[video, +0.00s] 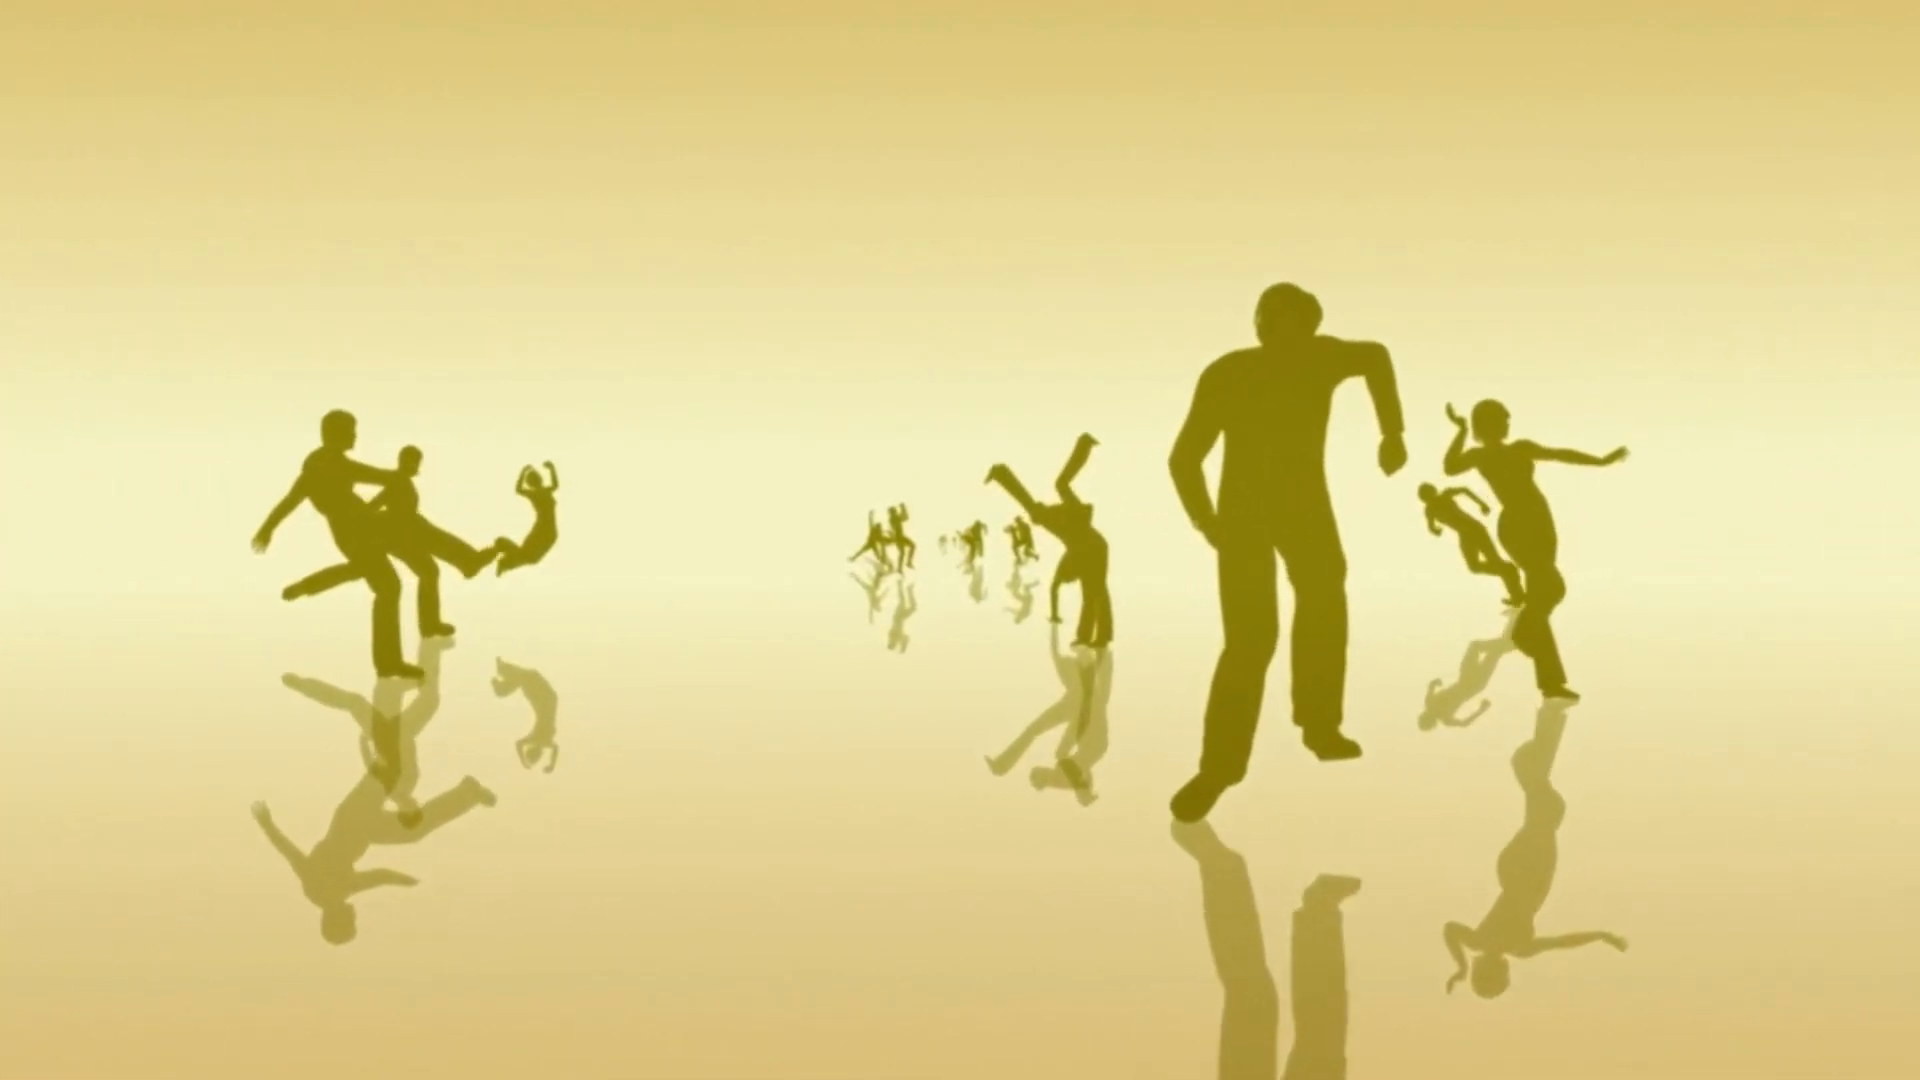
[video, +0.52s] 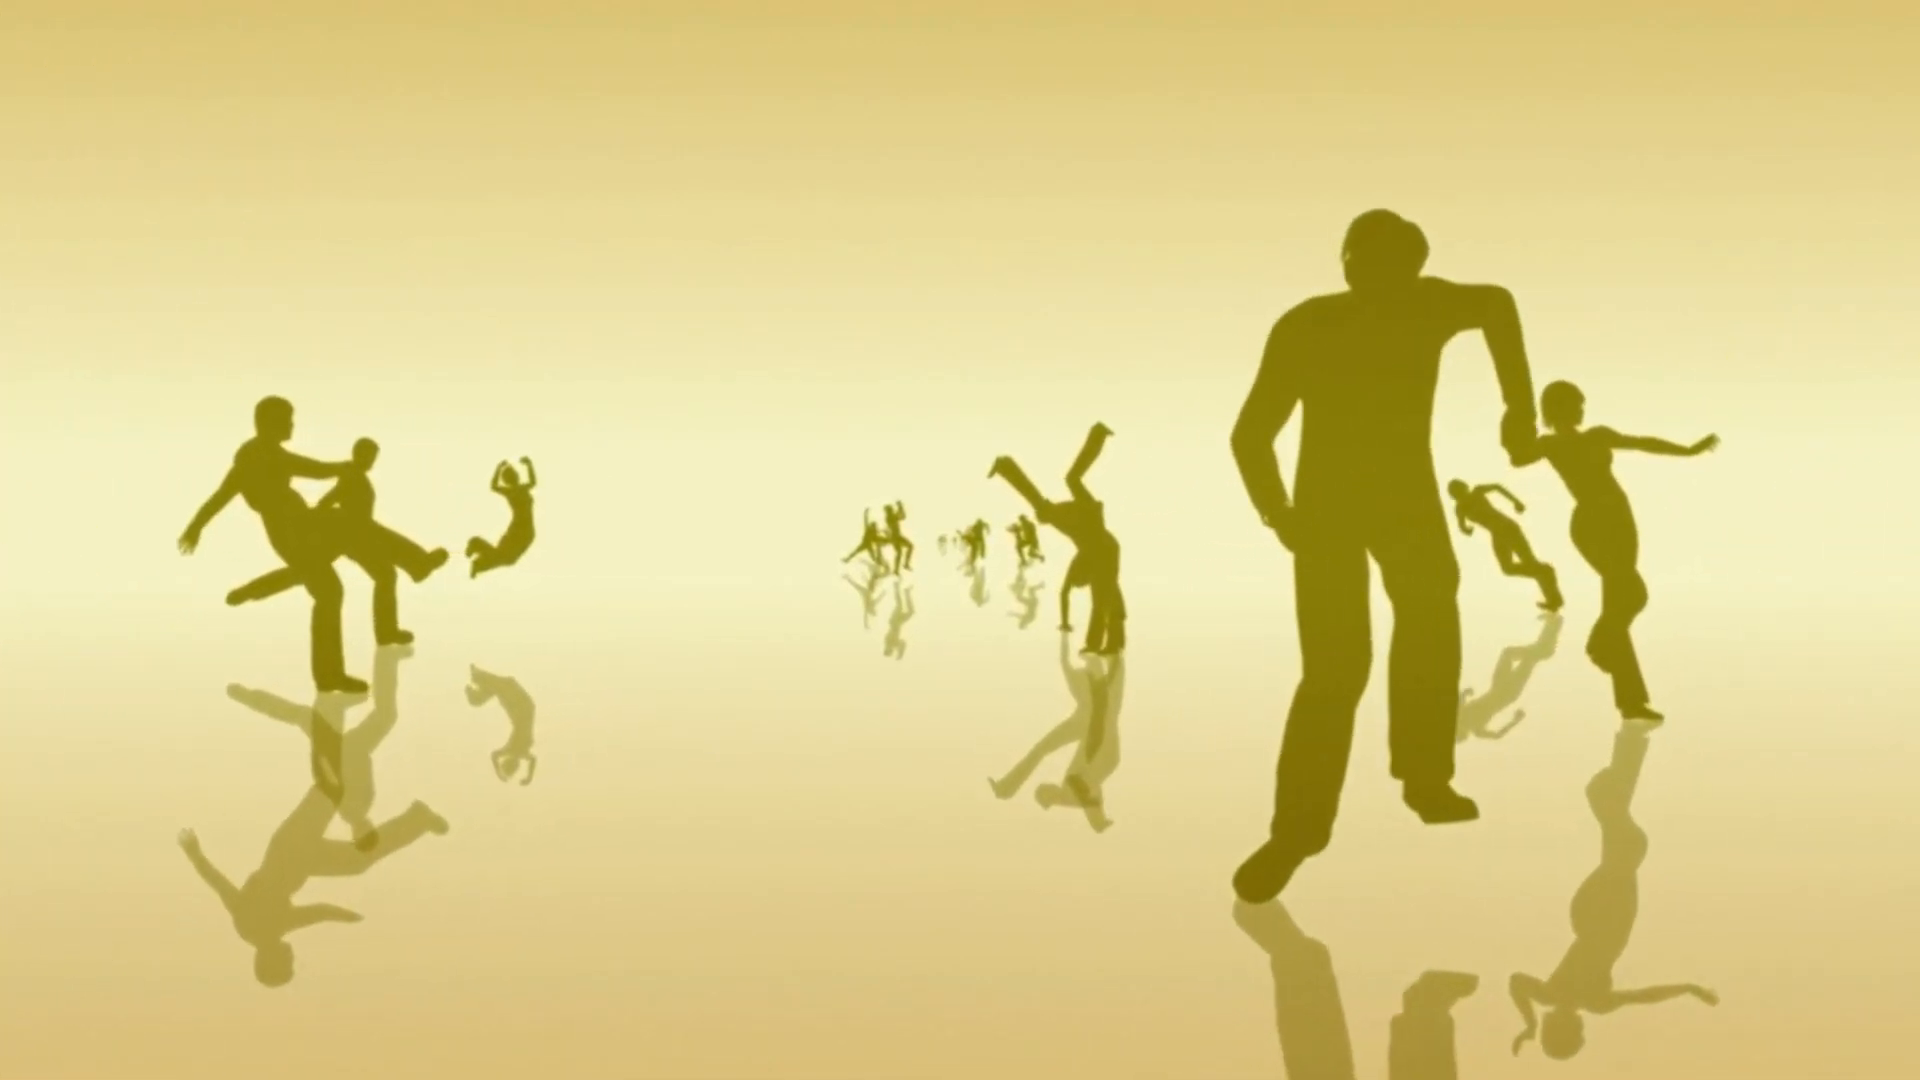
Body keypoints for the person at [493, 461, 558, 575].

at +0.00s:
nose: (536, 482)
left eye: (537, 478)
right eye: (533, 479)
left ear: (540, 478)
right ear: (529, 482)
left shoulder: (546, 491)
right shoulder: (532, 493)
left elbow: (555, 485)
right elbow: (519, 490)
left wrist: (552, 469)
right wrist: (523, 473)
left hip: (551, 531)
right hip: (540, 527)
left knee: (534, 558)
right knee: (526, 553)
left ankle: (506, 564)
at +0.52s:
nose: (513, 477)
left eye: (513, 474)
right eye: (509, 475)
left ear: (517, 474)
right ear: (505, 478)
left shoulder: (523, 488)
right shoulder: (508, 491)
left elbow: (532, 483)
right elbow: (494, 487)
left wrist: (529, 465)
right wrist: (498, 469)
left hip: (528, 529)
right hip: (517, 526)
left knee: (510, 559)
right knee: (502, 555)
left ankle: (479, 565)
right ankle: (477, 544)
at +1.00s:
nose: (485, 473)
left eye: (485, 470)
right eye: (480, 471)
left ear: (489, 470)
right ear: (477, 475)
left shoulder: (495, 485)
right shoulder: (480, 488)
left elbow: (506, 479)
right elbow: (465, 483)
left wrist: (502, 460)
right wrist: (470, 464)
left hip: (501, 529)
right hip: (489, 526)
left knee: (481, 561)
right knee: (472, 556)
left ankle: (449, 567)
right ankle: (446, 544)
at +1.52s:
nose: (456, 468)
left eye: (456, 464)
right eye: (452, 466)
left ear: (460, 465)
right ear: (448, 470)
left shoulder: (467, 481)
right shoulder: (451, 484)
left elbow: (478, 475)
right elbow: (435, 480)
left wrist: (474, 455)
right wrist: (439, 460)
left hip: (473, 529)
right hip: (460, 525)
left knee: (453, 562)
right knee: (444, 557)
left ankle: (417, 569)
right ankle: (415, 544)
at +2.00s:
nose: (422, 463)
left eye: (422, 459)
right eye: (417, 462)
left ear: (426, 460)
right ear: (413, 466)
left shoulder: (433, 478)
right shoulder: (416, 481)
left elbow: (445, 470)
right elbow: (398, 476)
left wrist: (441, 449)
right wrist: (403, 454)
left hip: (440, 527)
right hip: (426, 523)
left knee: (418, 564)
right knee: (408, 559)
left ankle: (380, 571)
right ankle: (377, 545)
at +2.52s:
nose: (386, 458)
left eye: (386, 454)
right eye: (381, 456)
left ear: (391, 455)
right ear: (376, 461)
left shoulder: (398, 474)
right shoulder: (380, 477)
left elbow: (410, 466)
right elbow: (361, 472)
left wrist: (406, 442)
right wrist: (366, 448)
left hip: (405, 527)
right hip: (390, 523)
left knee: (381, 566)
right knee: (371, 560)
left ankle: (341, 573)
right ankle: (338, 545)